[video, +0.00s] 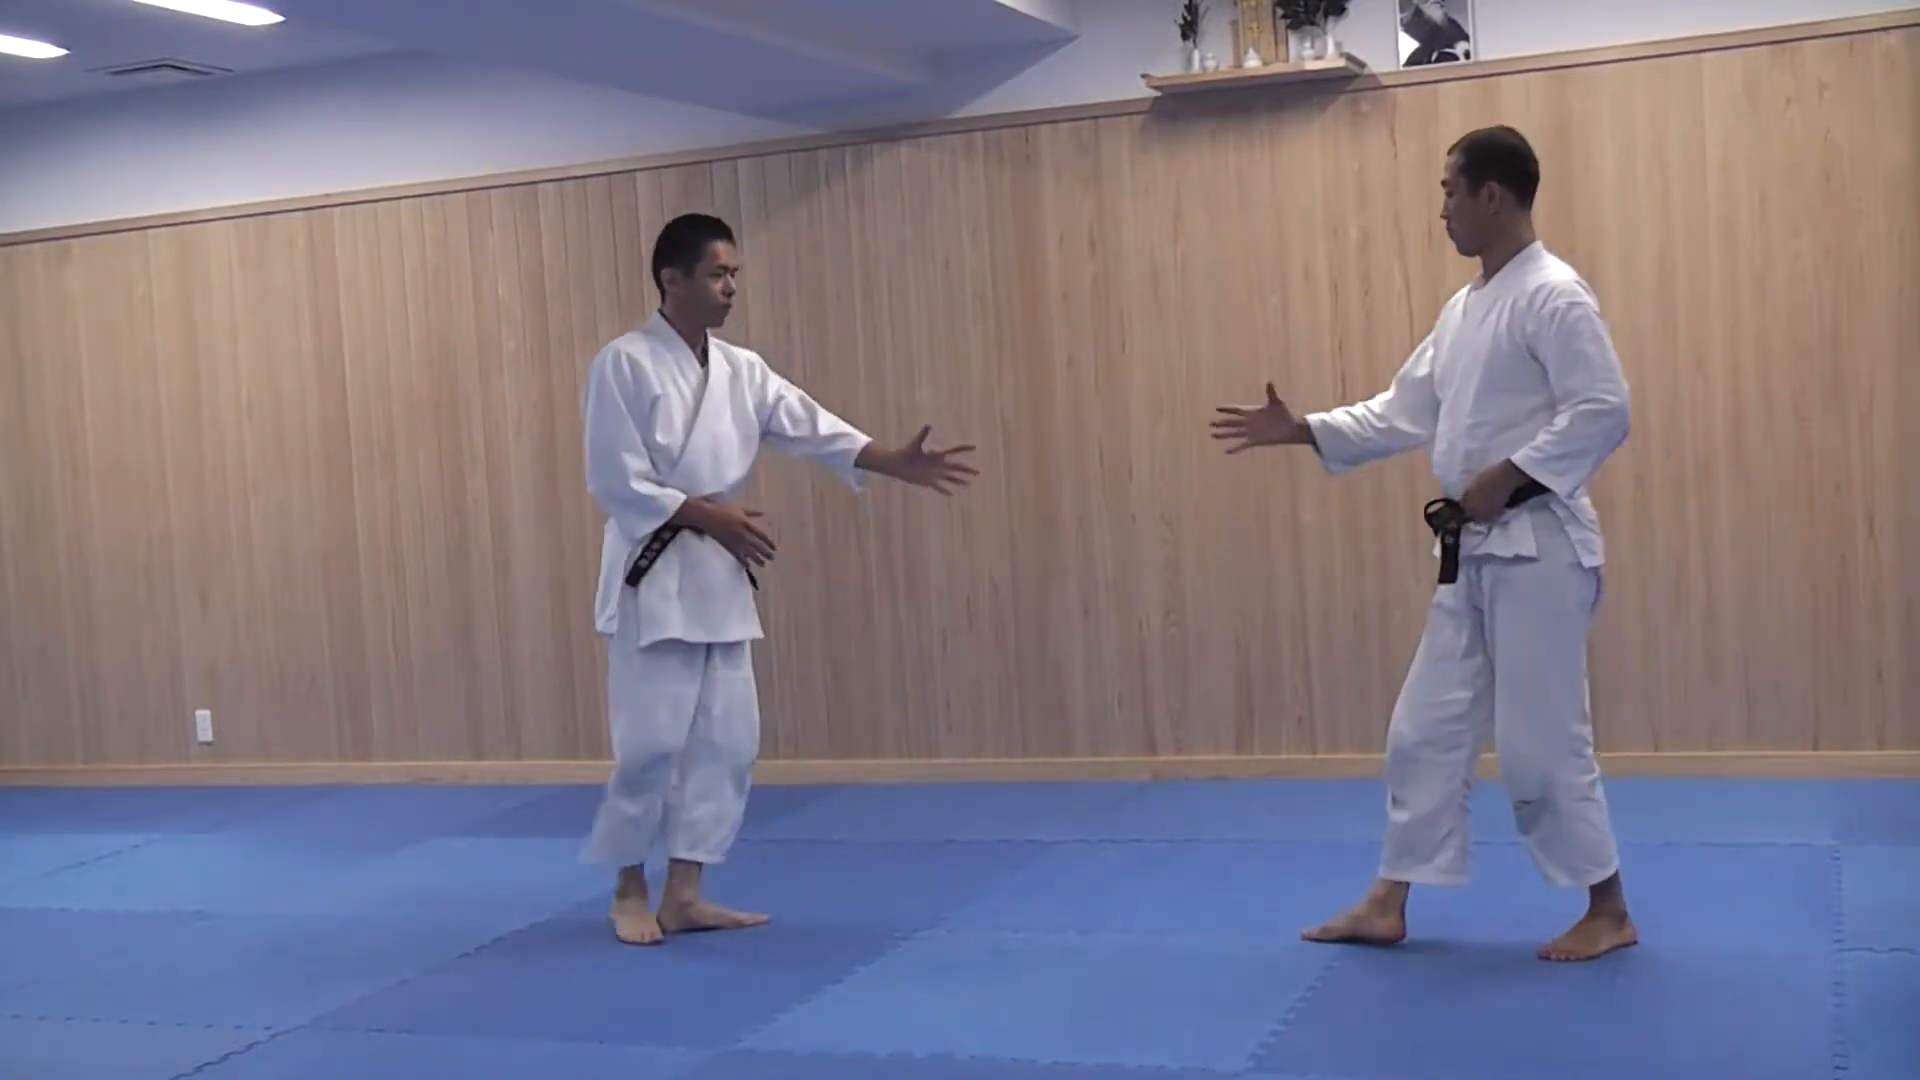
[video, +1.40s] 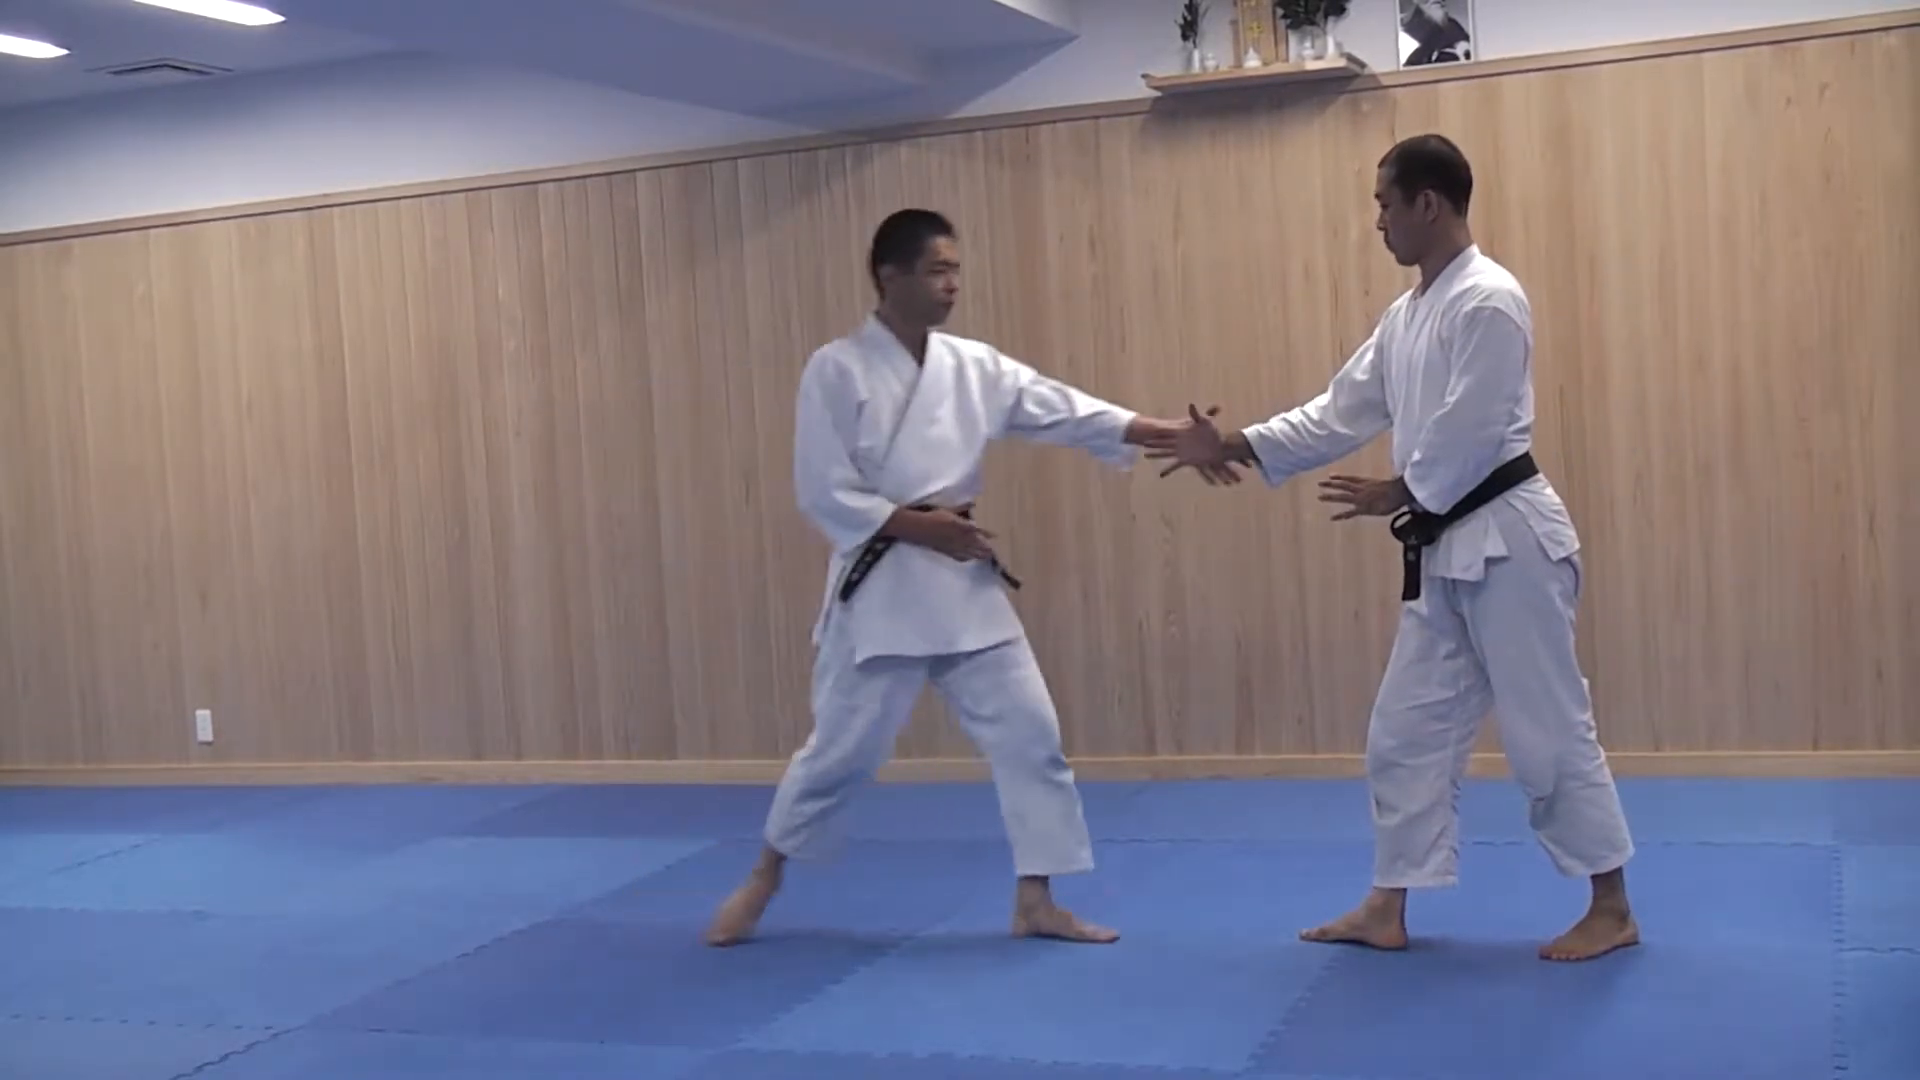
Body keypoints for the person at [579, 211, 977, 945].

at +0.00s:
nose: (732, 287)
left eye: (735, 274)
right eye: (718, 274)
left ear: (731, 279)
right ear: (670, 280)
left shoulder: (741, 368)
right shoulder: (624, 364)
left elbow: (811, 425)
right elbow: (618, 480)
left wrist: (892, 460)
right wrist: (709, 516)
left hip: (723, 575)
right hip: (654, 579)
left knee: (727, 741)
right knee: (650, 743)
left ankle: (682, 896)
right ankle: (630, 893)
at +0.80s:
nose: (688, 292)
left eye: (691, 279)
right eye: (673, 280)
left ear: (690, 285)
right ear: (627, 288)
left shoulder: (710, 370)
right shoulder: (587, 380)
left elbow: (787, 422)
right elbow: (589, 496)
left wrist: (870, 450)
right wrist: (684, 525)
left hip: (723, 581)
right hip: (646, 591)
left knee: (779, 725)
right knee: (645, 759)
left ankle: (795, 895)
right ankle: (637, 901)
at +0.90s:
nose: (709, 298)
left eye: (712, 286)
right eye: (694, 286)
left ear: (711, 292)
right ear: (647, 294)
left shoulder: (732, 377)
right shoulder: (605, 385)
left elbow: (810, 426)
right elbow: (604, 500)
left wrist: (896, 452)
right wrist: (698, 529)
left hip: (744, 586)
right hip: (666, 595)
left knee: (814, 730)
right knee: (659, 764)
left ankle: (861, 895)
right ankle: (638, 905)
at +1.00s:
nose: (739, 306)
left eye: (742, 293)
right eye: (724, 294)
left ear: (740, 300)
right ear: (677, 302)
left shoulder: (762, 385)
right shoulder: (634, 394)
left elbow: (843, 430)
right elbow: (626, 506)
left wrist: (936, 453)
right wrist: (714, 538)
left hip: (771, 595)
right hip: (691, 604)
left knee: (857, 736)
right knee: (673, 773)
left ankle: (933, 888)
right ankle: (637, 898)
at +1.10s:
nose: (782, 311)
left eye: (785, 299)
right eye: (768, 300)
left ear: (784, 304)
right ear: (720, 308)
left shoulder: (808, 391)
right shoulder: (676, 400)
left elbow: (892, 431)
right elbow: (665, 514)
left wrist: (990, 447)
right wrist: (754, 544)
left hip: (813, 604)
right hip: (729, 612)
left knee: (908, 739)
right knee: (694, 776)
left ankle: (992, 887)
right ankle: (641, 892)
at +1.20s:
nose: (841, 310)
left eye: (844, 297)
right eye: (825, 298)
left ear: (845, 301)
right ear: (778, 305)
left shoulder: (868, 392)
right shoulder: (734, 402)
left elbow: (961, 426)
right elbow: (723, 517)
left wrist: (1059, 438)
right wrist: (813, 546)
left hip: (873, 607)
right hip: (787, 612)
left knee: (970, 739)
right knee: (734, 769)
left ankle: (1027, 901)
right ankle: (655, 879)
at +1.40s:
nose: (953, 285)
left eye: (957, 272)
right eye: (937, 272)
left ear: (955, 277)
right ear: (888, 277)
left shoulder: (973, 364)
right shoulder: (837, 370)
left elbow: (1064, 409)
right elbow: (824, 491)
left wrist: (1171, 436)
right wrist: (918, 525)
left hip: (965, 577)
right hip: (882, 579)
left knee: (1031, 732)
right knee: (841, 750)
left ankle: (1034, 900)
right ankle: (764, 878)